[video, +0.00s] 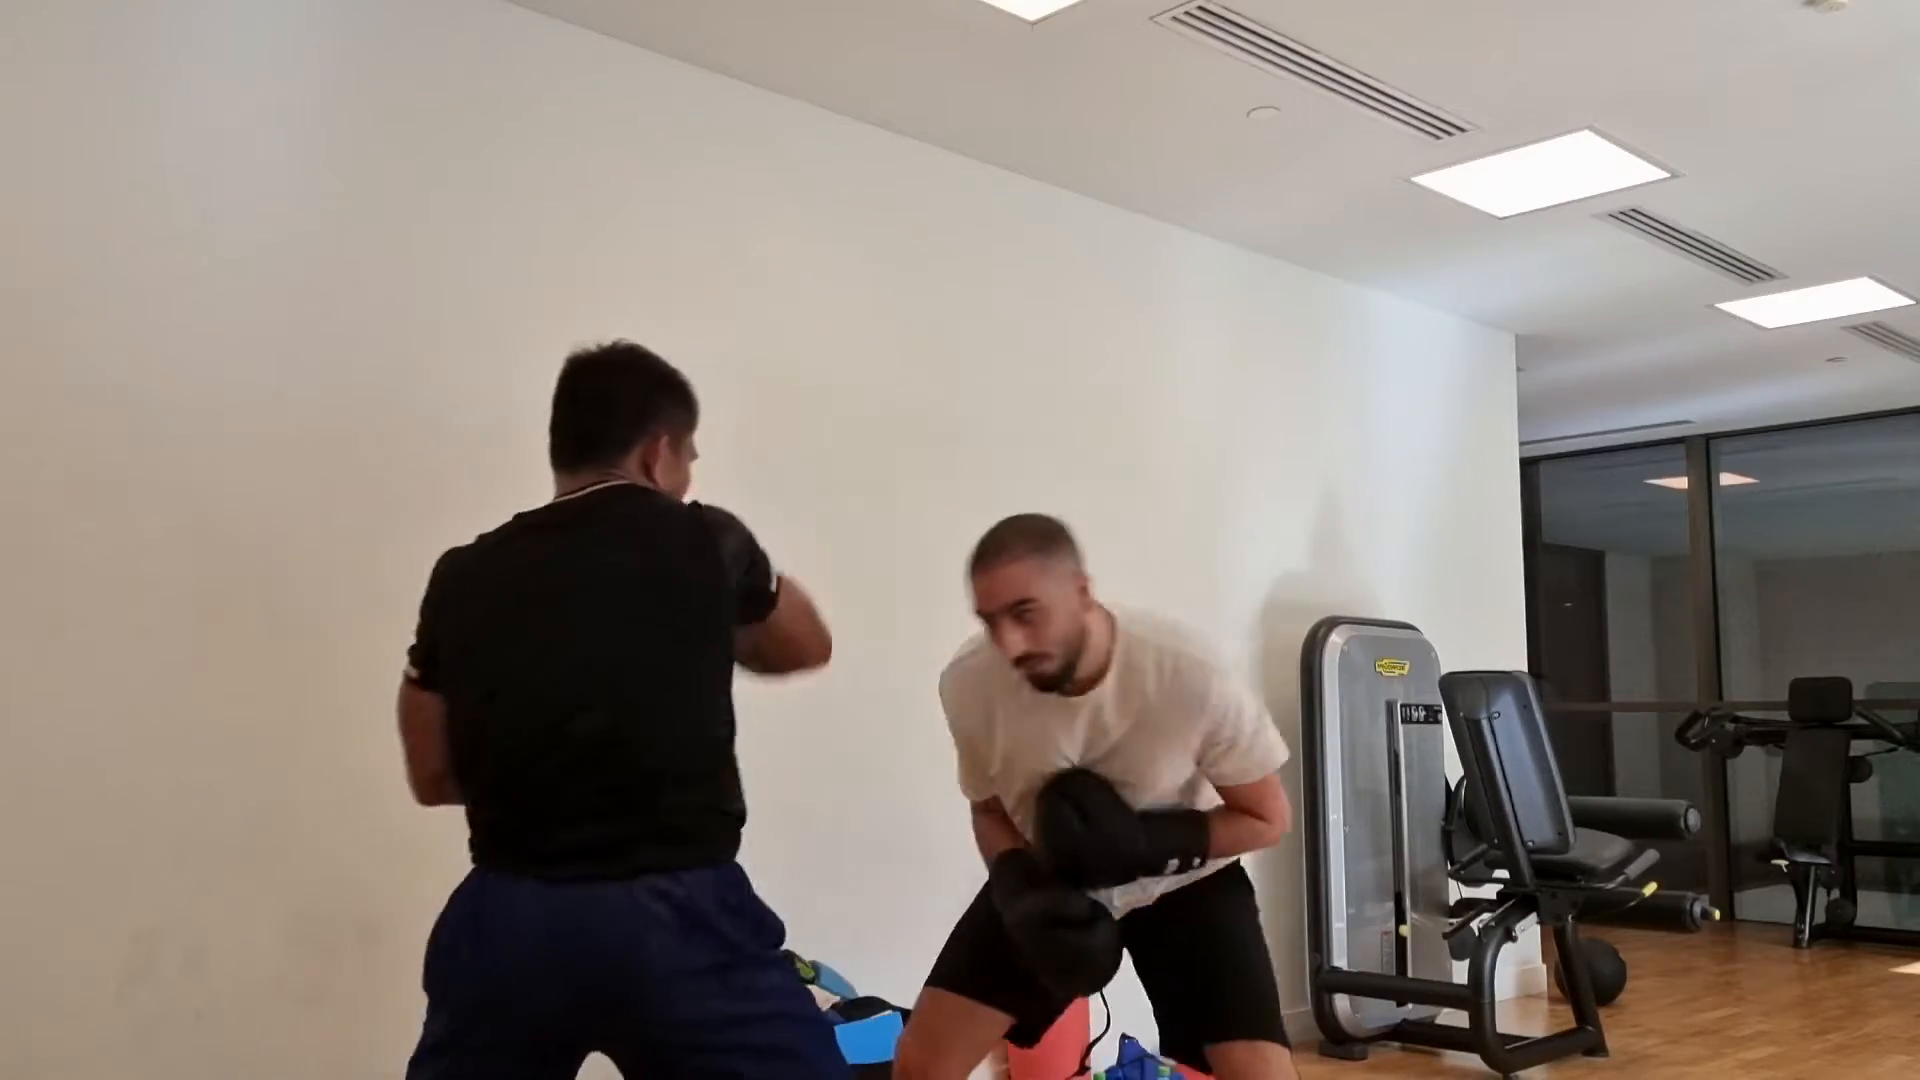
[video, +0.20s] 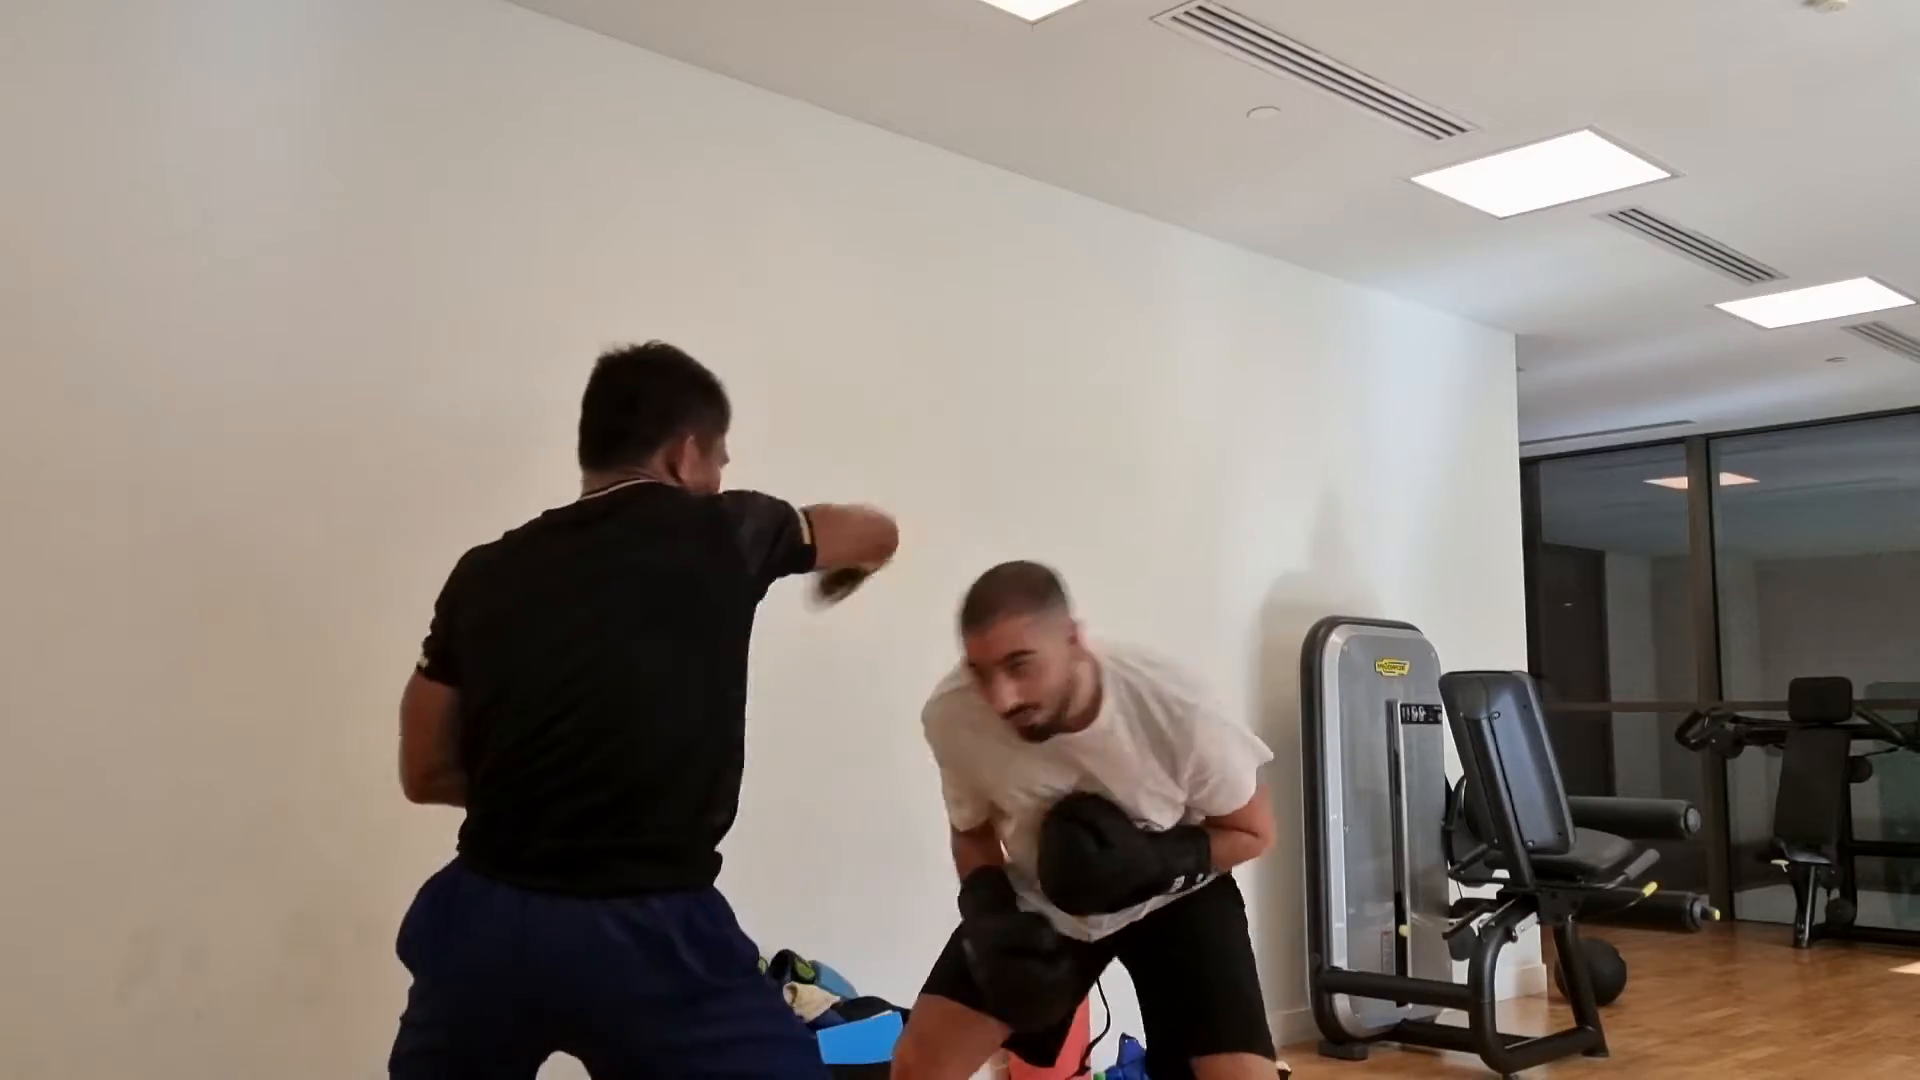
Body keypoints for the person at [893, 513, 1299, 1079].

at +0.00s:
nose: (1010, 645)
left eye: (1026, 615)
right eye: (991, 622)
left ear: (1084, 590)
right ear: (979, 619)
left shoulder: (1189, 672)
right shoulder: (971, 687)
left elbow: (1266, 818)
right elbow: (989, 807)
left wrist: (1143, 840)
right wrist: (1025, 894)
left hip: (1187, 882)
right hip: (1048, 880)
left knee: (1257, 1070)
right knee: (922, 1062)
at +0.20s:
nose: (1002, 698)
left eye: (1018, 666)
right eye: (981, 675)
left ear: (1074, 638)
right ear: (968, 666)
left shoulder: (1178, 708)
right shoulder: (954, 719)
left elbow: (1252, 830)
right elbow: (972, 829)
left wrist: (1155, 861)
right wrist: (990, 916)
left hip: (1180, 899)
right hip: (1037, 900)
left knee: (1238, 1073)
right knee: (920, 1064)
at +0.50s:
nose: (936, 557)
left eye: (950, 531)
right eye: (930, 537)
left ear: (1019, 524)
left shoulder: (1126, 600)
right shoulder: (996, 643)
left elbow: (1283, 701)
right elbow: (1041, 744)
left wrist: (1163, 761)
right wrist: (948, 826)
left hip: (1205, 908)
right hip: (1068, 908)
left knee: (1232, 1070)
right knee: (936, 1070)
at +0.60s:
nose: (1040, 494)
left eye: (1060, 472)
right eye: (1022, 480)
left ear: (1112, 474)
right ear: (1005, 494)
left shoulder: (1217, 575)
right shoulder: (994, 609)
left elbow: (1308, 705)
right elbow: (925, 691)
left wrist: (1260, 724)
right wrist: (860, 708)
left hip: (1195, 893)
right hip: (1039, 902)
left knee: (1270, 1069)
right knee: (951, 1069)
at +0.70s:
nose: (1034, 474)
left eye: (1051, 450)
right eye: (1015, 458)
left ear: (1099, 451)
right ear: (1002, 472)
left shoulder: (1185, 555)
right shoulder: (980, 558)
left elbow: (1290, 708)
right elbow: (875, 699)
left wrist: (1260, 664)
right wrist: (923, 642)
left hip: (1186, 871)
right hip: (1045, 868)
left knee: (1251, 1069)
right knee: (943, 1064)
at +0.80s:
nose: (958, 494)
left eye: (975, 468)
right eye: (948, 477)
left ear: (1039, 461)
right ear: (944, 484)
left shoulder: (1117, 527)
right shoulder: (975, 603)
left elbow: (1210, 622)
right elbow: (989, 758)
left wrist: (1073, 553)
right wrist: (960, 709)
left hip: (1183, 872)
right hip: (1052, 868)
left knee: (1248, 1068)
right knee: (917, 1064)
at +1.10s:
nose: (1133, 446)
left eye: (1155, 426)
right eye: (1115, 428)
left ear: (1198, 447)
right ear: (1100, 446)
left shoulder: (1243, 564)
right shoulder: (1044, 561)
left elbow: (1293, 721)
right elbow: (978, 718)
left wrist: (1260, 686)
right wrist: (1104, 765)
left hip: (1206, 865)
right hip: (1056, 871)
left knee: (1308, 1067)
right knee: (968, 1070)